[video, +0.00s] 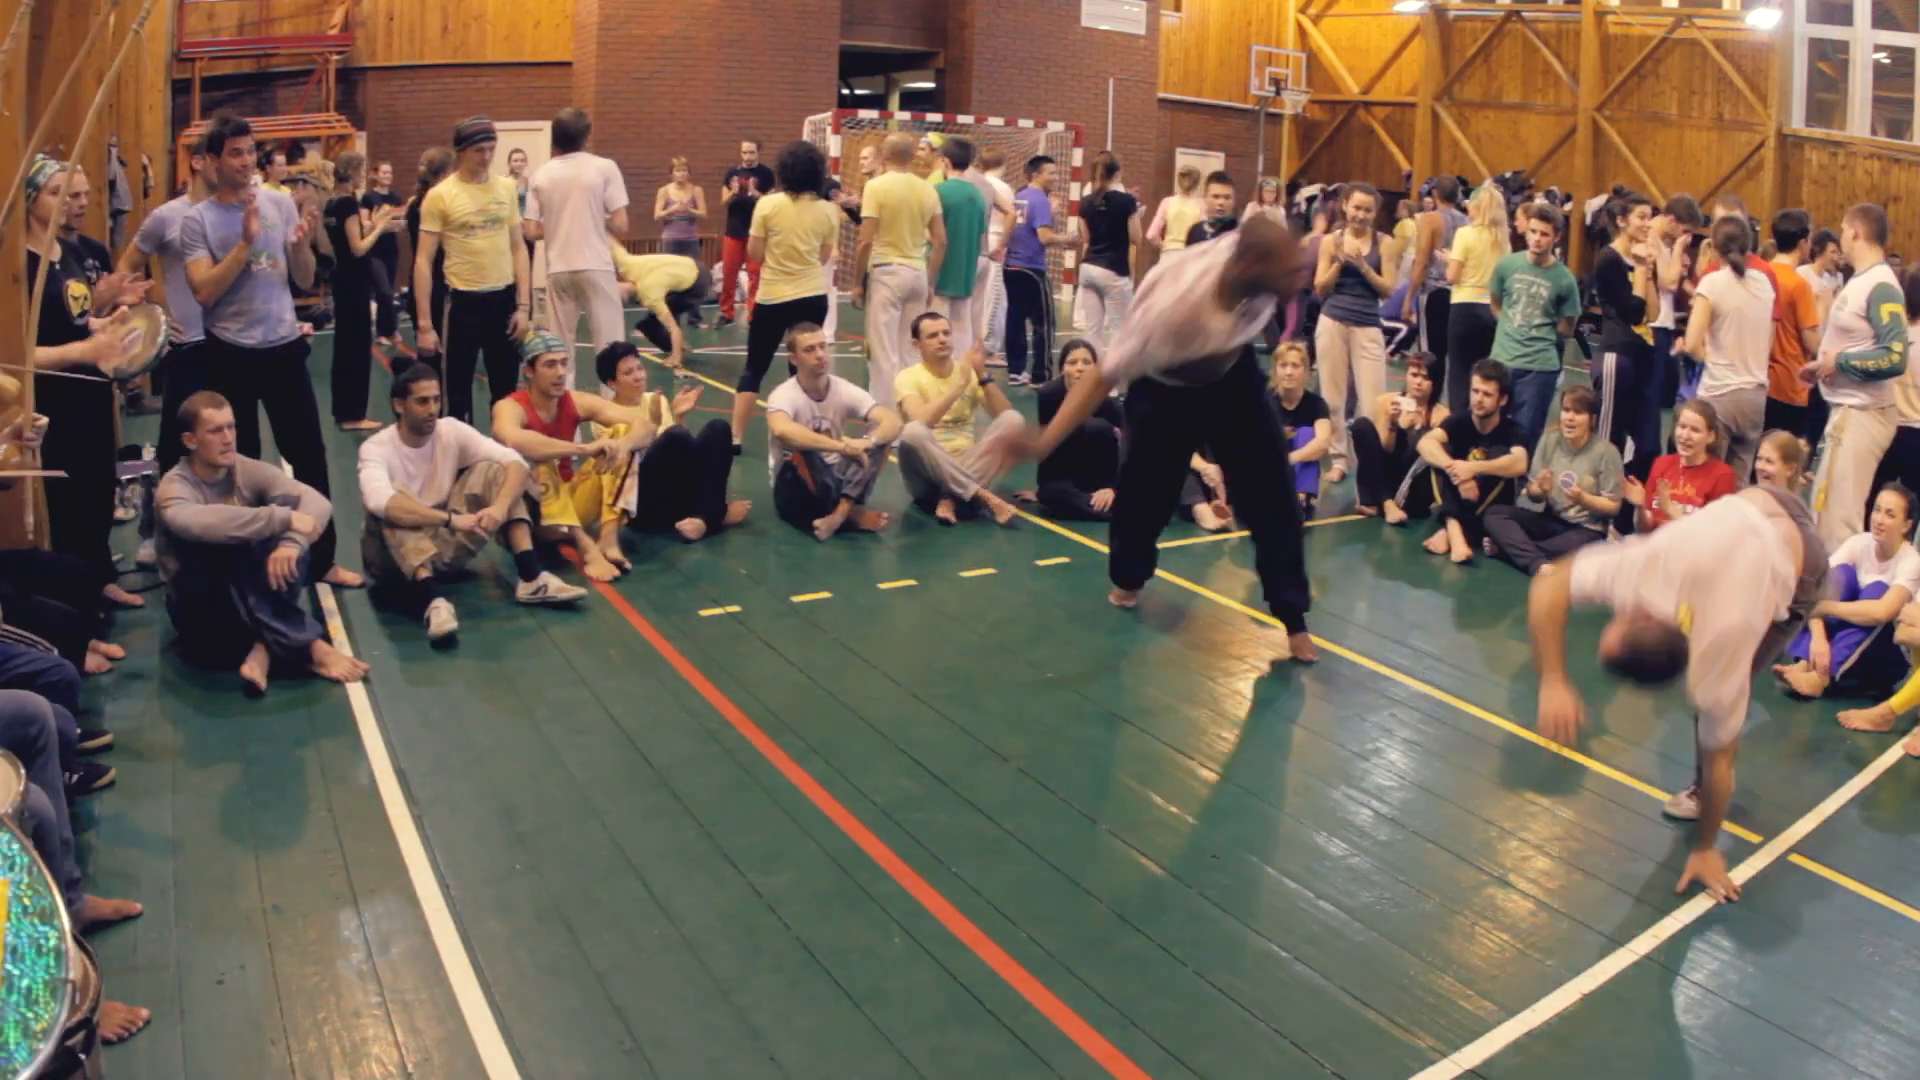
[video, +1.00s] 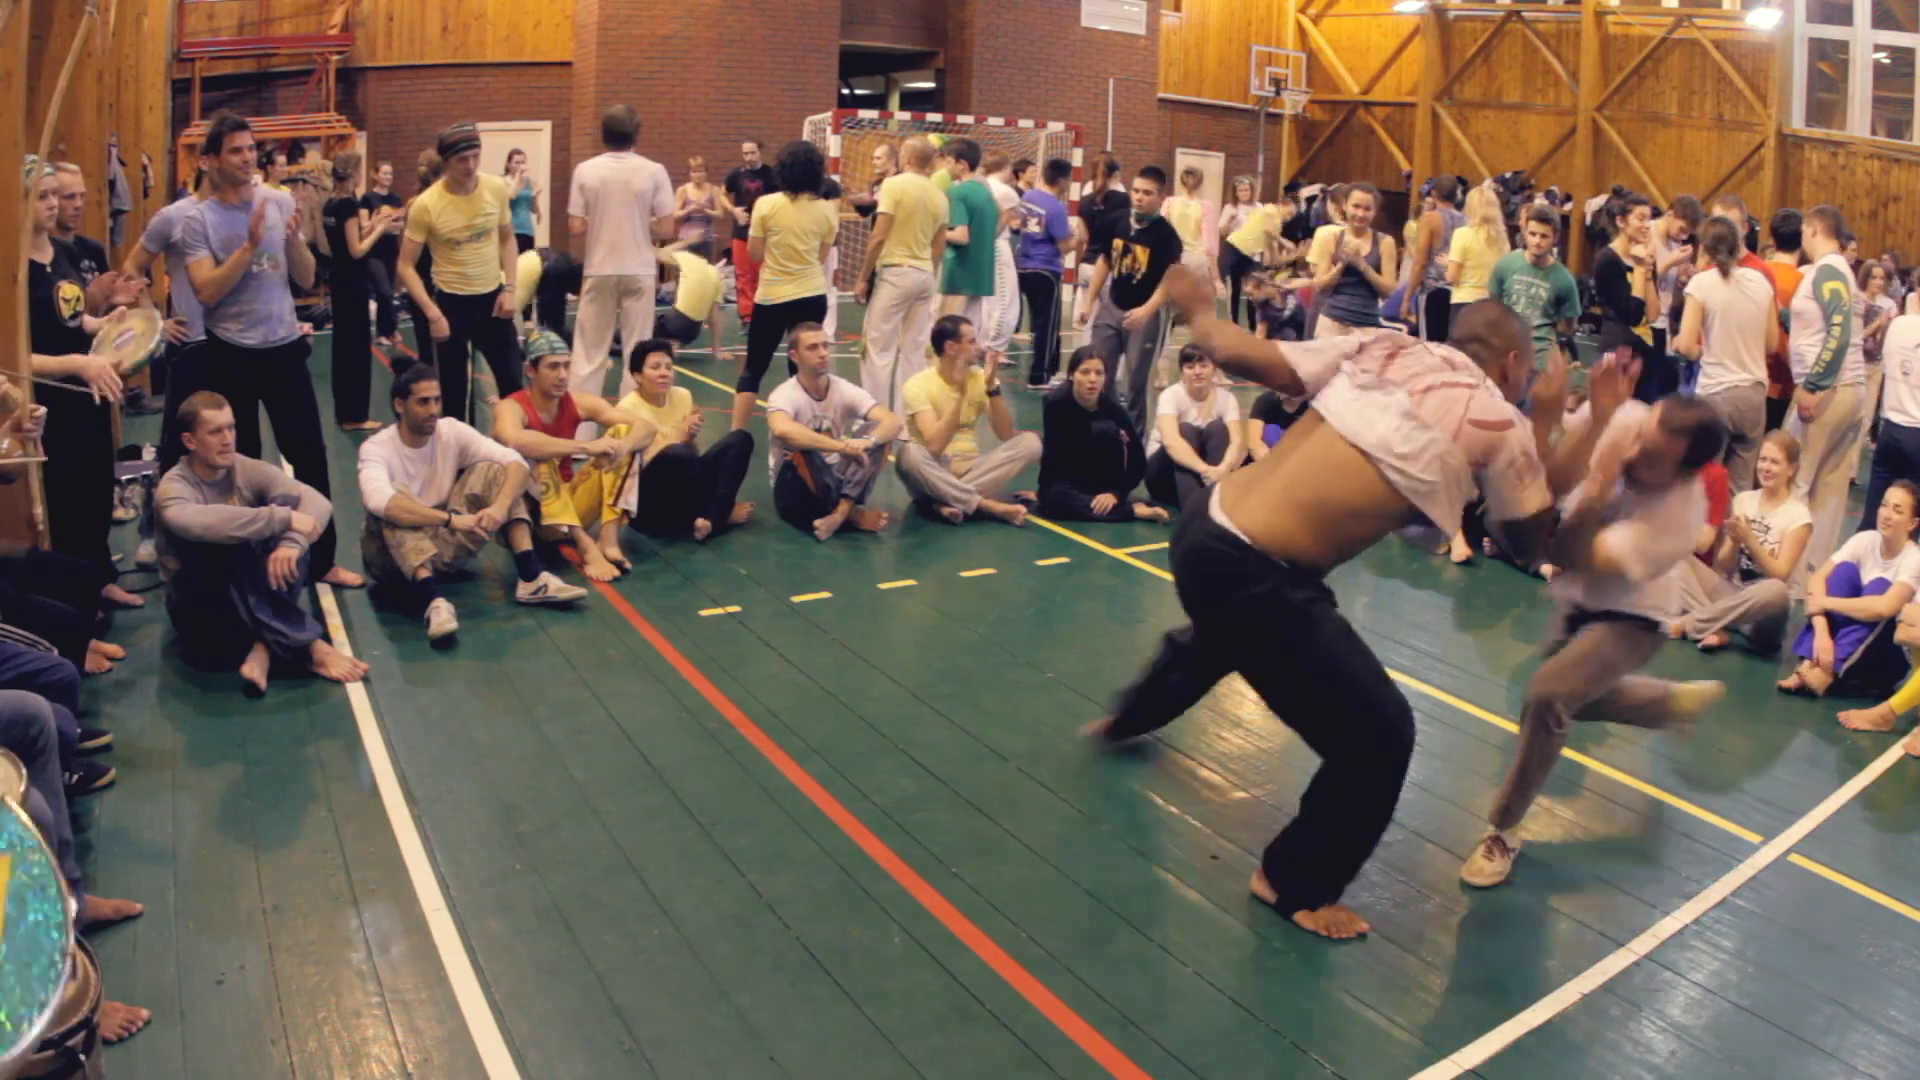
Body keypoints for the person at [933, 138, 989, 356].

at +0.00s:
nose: (940, 162)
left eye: (941, 158)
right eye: (941, 157)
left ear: (946, 161)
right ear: (968, 163)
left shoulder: (939, 191)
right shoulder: (978, 194)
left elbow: (937, 238)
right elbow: (982, 237)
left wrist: (929, 277)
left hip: (941, 271)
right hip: (967, 271)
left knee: (936, 328)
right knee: (962, 326)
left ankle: (937, 375)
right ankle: (964, 374)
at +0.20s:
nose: (943, 162)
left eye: (945, 158)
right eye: (944, 158)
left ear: (950, 161)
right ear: (972, 163)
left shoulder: (941, 192)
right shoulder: (981, 194)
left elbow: (938, 237)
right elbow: (986, 233)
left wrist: (932, 280)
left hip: (943, 271)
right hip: (970, 272)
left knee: (937, 328)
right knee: (965, 327)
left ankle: (938, 376)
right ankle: (967, 374)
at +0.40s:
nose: (946, 162)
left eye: (947, 158)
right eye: (946, 158)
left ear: (952, 161)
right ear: (975, 163)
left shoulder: (943, 192)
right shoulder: (984, 194)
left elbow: (937, 235)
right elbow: (991, 232)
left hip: (944, 272)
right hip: (972, 274)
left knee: (942, 330)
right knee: (968, 328)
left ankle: (942, 376)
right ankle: (969, 373)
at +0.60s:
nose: (948, 165)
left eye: (949, 160)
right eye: (948, 160)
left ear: (956, 163)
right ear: (976, 163)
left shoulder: (948, 192)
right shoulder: (986, 193)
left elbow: (941, 235)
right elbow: (992, 242)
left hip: (949, 272)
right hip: (976, 274)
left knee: (944, 332)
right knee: (970, 332)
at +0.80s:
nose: (947, 167)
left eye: (949, 161)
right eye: (947, 161)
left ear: (960, 164)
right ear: (974, 165)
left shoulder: (954, 191)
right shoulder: (987, 192)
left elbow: (952, 236)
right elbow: (997, 226)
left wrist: (934, 231)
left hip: (955, 275)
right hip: (980, 275)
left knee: (943, 335)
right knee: (968, 335)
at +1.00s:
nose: (946, 166)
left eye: (949, 161)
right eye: (947, 161)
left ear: (963, 165)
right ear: (967, 165)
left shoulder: (958, 191)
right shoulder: (985, 189)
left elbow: (961, 235)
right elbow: (1001, 220)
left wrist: (939, 232)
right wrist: (985, 239)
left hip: (959, 274)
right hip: (982, 273)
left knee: (947, 330)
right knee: (970, 330)